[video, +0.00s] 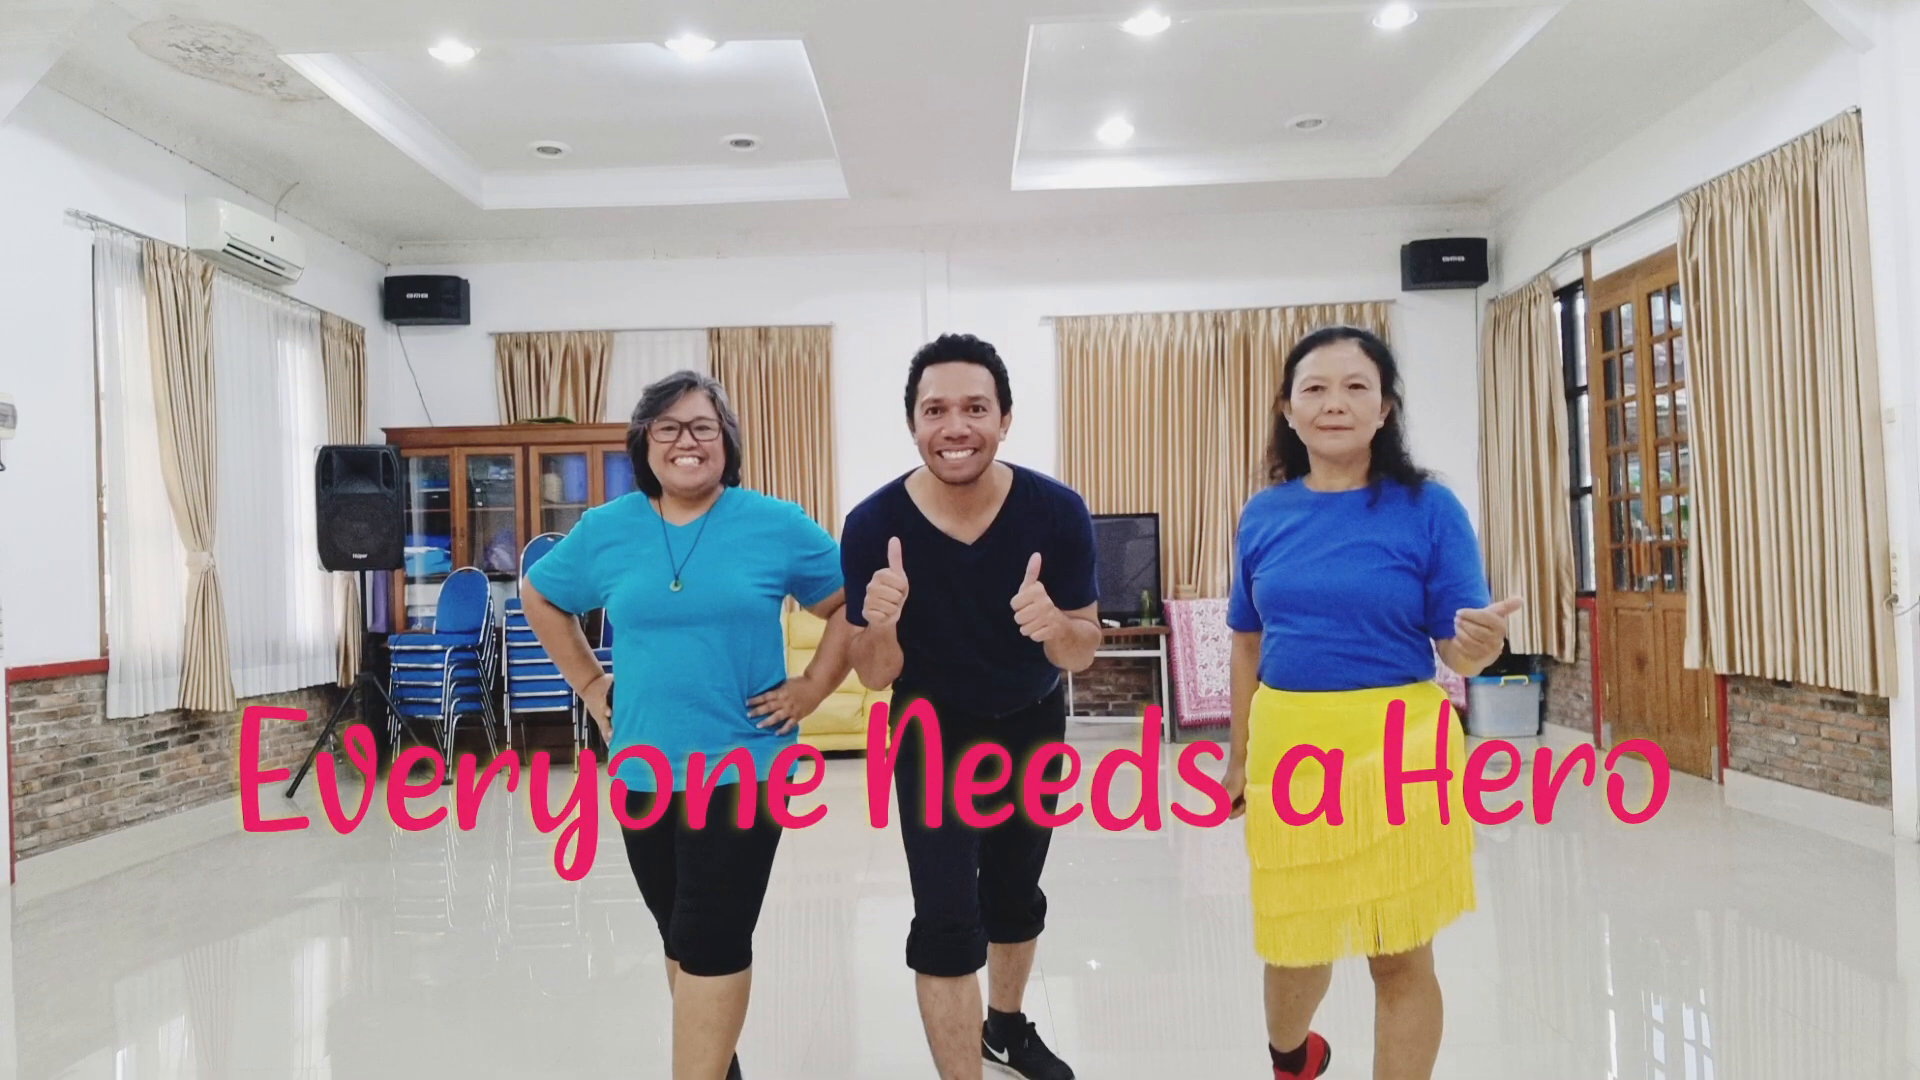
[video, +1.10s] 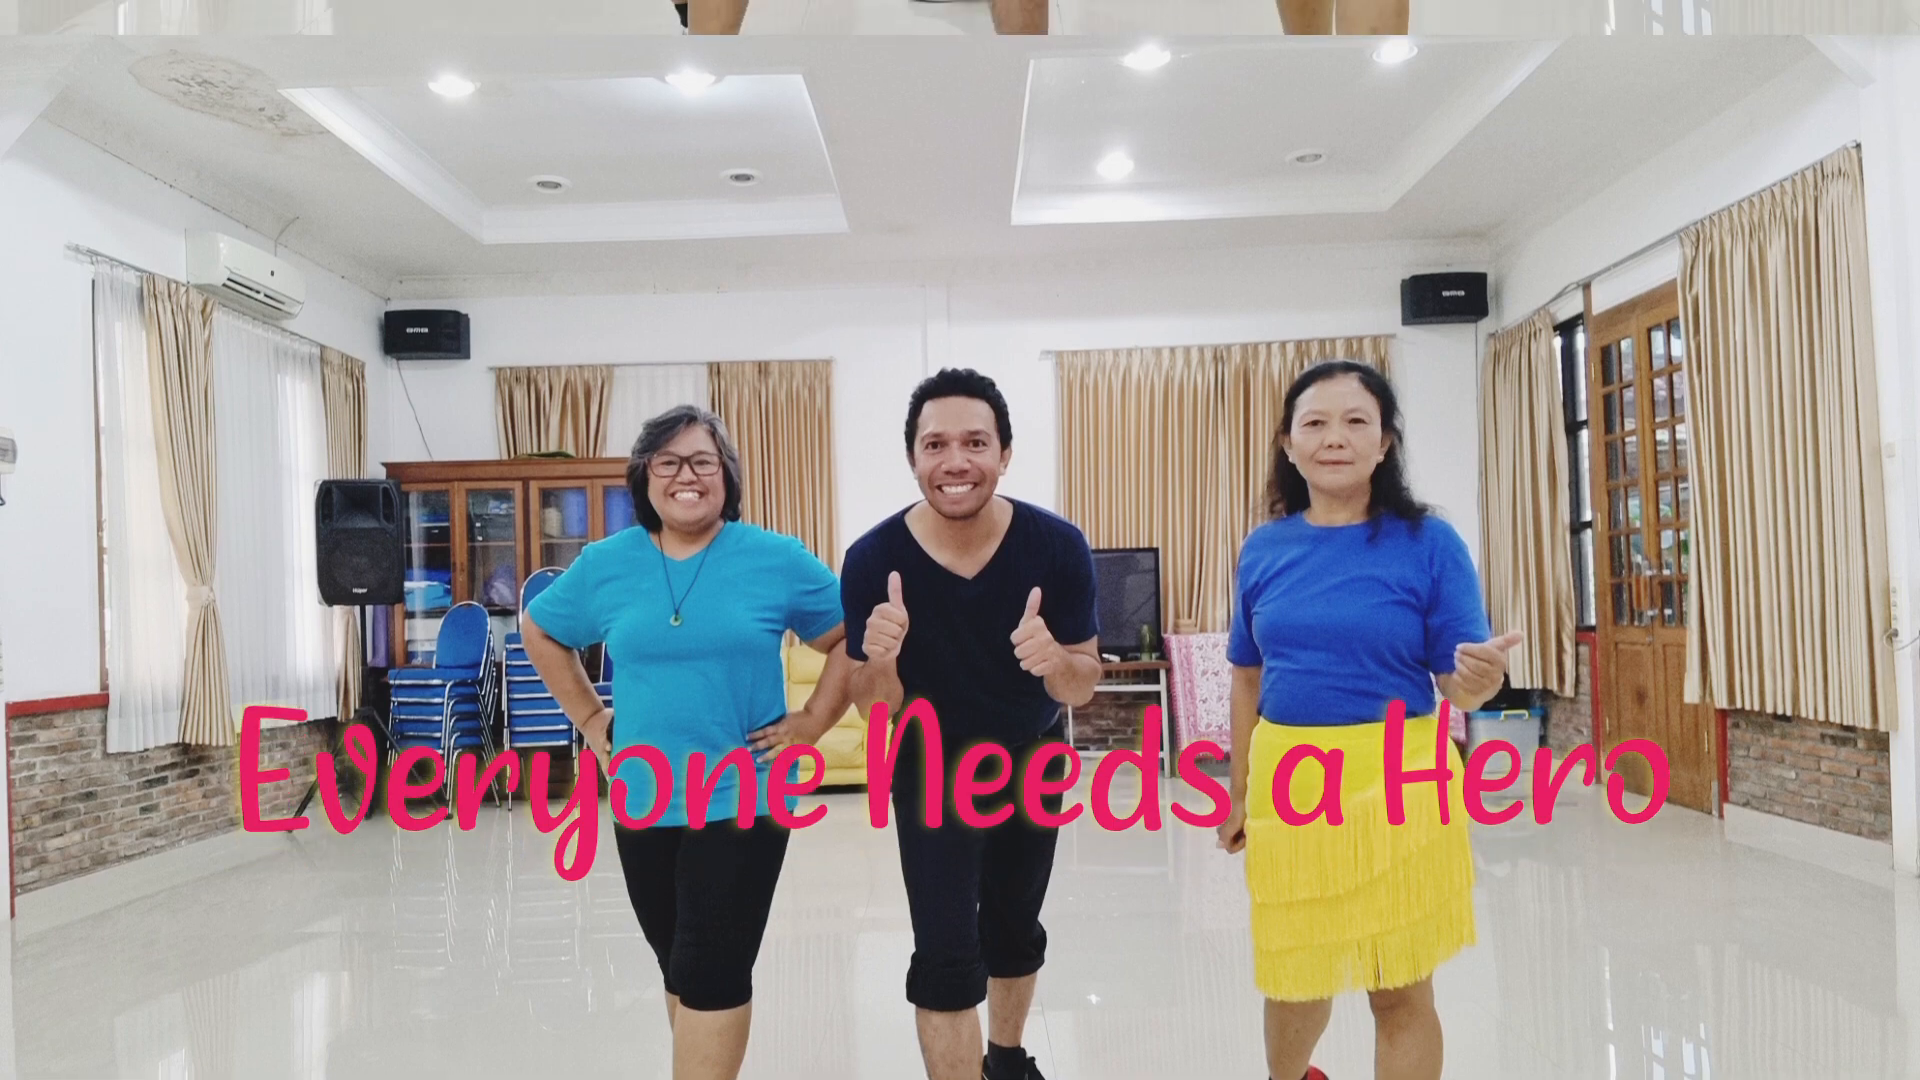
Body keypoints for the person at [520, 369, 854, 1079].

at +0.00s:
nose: (687, 441)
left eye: (703, 428)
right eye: (670, 429)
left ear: (727, 443)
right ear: (644, 446)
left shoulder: (778, 527)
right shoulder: (605, 530)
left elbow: (854, 606)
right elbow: (537, 594)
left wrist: (813, 686)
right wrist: (591, 682)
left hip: (746, 773)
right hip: (643, 775)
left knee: (709, 947)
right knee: (683, 945)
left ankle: (696, 1079)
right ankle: (722, 1070)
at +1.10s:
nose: (687, 476)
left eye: (703, 463)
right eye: (670, 464)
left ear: (727, 478)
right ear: (645, 482)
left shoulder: (778, 560)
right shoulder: (607, 564)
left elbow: (853, 642)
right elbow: (538, 630)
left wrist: (811, 721)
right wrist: (592, 718)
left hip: (743, 811)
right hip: (643, 813)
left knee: (706, 982)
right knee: (685, 982)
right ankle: (706, 1076)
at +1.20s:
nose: (688, 556)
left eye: (703, 543)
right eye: (670, 544)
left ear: (727, 557)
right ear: (645, 561)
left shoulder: (778, 642)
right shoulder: (606, 646)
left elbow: (850, 719)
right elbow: (539, 706)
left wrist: (813, 804)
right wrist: (589, 795)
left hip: (745, 890)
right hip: (642, 895)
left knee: (703, 1061)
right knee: (688, 1062)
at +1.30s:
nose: (687, 716)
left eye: (703, 704)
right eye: (669, 704)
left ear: (727, 716)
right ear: (645, 716)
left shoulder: (769, 801)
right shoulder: (614, 803)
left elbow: (853, 875)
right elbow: (539, 869)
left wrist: (815, 960)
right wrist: (592, 961)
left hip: (748, 1044)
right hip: (644, 1046)